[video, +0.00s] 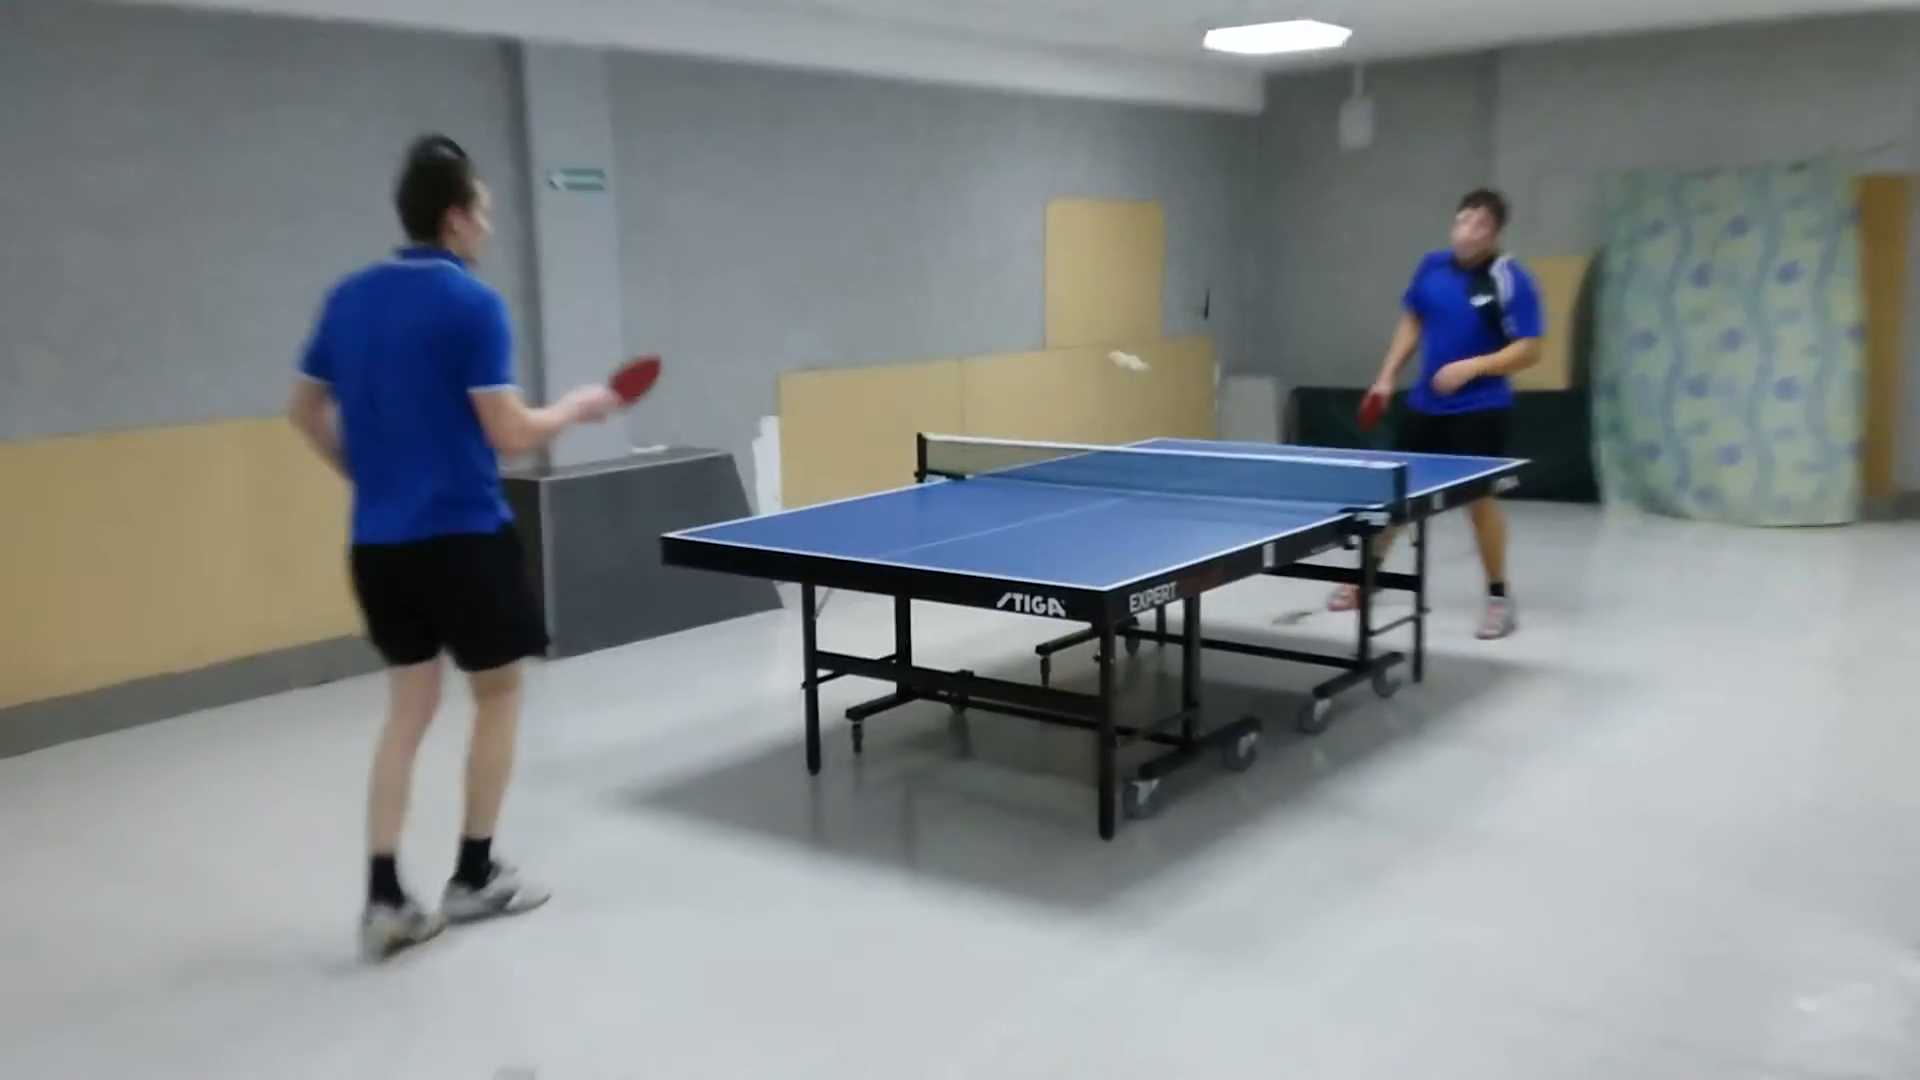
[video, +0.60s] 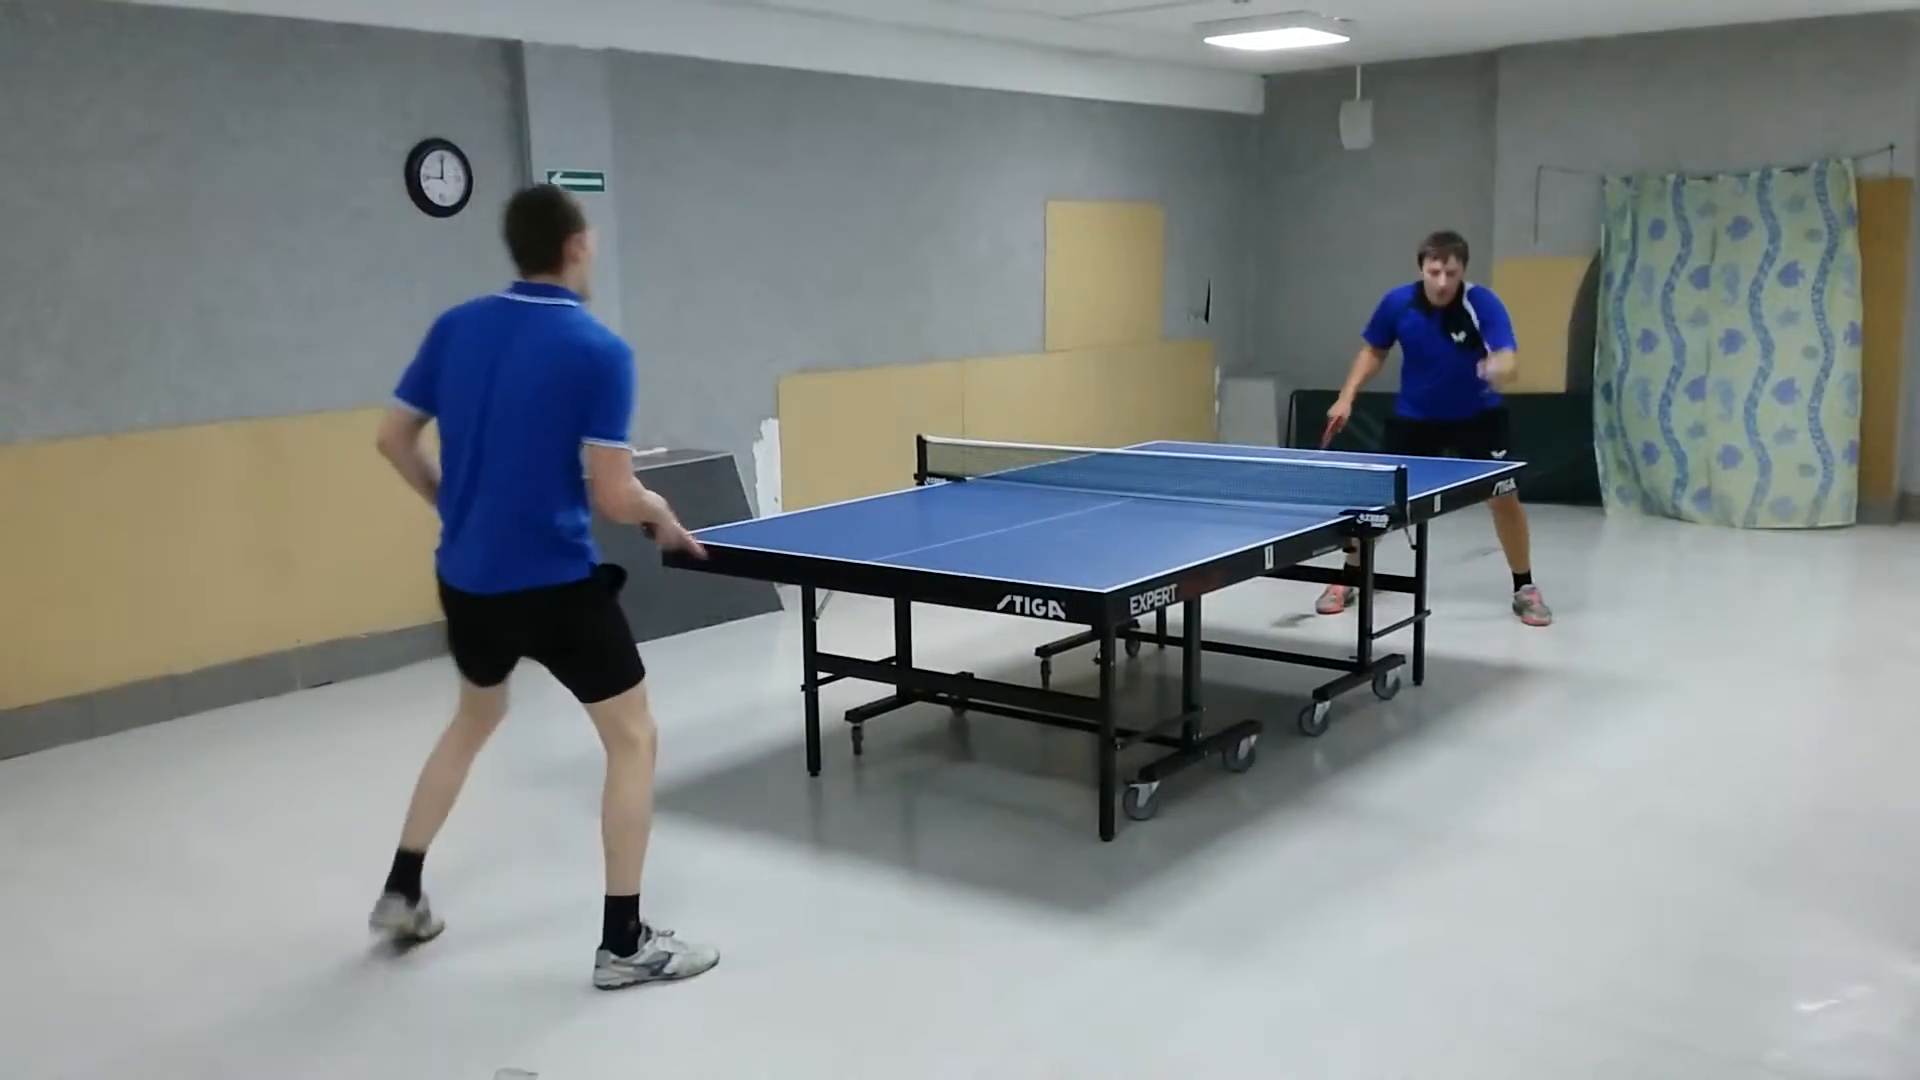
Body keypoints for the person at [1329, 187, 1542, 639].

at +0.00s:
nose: (1466, 230)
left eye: (1479, 225)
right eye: (1462, 221)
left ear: (1495, 235)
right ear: (1453, 225)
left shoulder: (1508, 278)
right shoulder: (1433, 267)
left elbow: (1527, 349)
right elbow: (1411, 322)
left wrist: (1469, 367)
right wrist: (1386, 378)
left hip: (1481, 410)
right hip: (1425, 405)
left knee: (1479, 499)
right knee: (1395, 494)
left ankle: (1497, 597)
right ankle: (1364, 580)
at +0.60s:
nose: (1442, 282)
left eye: (1450, 274)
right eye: (1434, 273)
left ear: (1463, 273)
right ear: (1421, 270)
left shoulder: (1482, 302)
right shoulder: (1398, 304)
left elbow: (1508, 363)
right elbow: (1373, 351)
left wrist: (1494, 368)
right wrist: (1345, 397)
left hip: (1478, 419)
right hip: (1414, 419)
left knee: (1503, 496)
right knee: (1373, 497)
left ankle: (1525, 589)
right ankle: (1347, 580)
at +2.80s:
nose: (1332, 239)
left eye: (1341, 231)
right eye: (1327, 230)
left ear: (1359, 233)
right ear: (1320, 233)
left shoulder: (1385, 269)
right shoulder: (1316, 273)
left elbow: (1411, 320)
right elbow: (1297, 317)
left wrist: (1385, 374)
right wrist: (1283, 361)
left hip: (1392, 375)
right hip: (1345, 377)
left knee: (1392, 453)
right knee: (1336, 457)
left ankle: (1415, 549)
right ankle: (1339, 538)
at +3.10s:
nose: (1353, 300)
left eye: (1362, 292)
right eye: (1349, 292)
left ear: (1381, 295)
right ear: (1343, 294)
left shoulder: (1419, 320)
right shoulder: (1337, 333)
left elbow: (1457, 364)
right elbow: (1304, 384)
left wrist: (1458, 418)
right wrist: (1324, 412)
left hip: (1424, 422)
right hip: (1369, 423)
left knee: (1448, 488)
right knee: (1317, 477)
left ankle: (1484, 574)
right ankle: (1313, 541)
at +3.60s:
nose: (1381, 316)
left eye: (1390, 307)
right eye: (1375, 309)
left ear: (1409, 311)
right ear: (1368, 316)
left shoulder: (1446, 340)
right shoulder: (1364, 366)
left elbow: (1484, 375)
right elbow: (1341, 420)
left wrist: (1517, 414)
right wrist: (1336, 438)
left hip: (1455, 440)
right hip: (1399, 445)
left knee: (1484, 511)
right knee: (1364, 499)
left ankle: (1527, 578)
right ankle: (1318, 585)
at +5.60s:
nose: (1608, 312)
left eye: (1616, 303)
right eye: (1605, 305)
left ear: (1640, 305)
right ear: (1607, 310)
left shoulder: (1657, 331)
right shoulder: (1643, 345)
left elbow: (1651, 382)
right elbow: (1682, 413)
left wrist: (1603, 416)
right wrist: (1649, 452)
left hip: (1728, 449)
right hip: (1688, 450)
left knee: (1711, 540)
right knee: (1639, 516)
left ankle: (1793, 627)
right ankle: (1626, 584)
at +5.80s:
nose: (1650, 309)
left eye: (1658, 300)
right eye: (1648, 301)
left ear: (1686, 301)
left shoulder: (1714, 328)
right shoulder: (1679, 359)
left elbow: (1760, 373)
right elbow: (1652, 412)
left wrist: (1709, 400)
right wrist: (1601, 389)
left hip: (1771, 457)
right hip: (1722, 456)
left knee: (1727, 535)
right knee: (1687, 523)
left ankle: (1805, 619)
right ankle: (1652, 580)